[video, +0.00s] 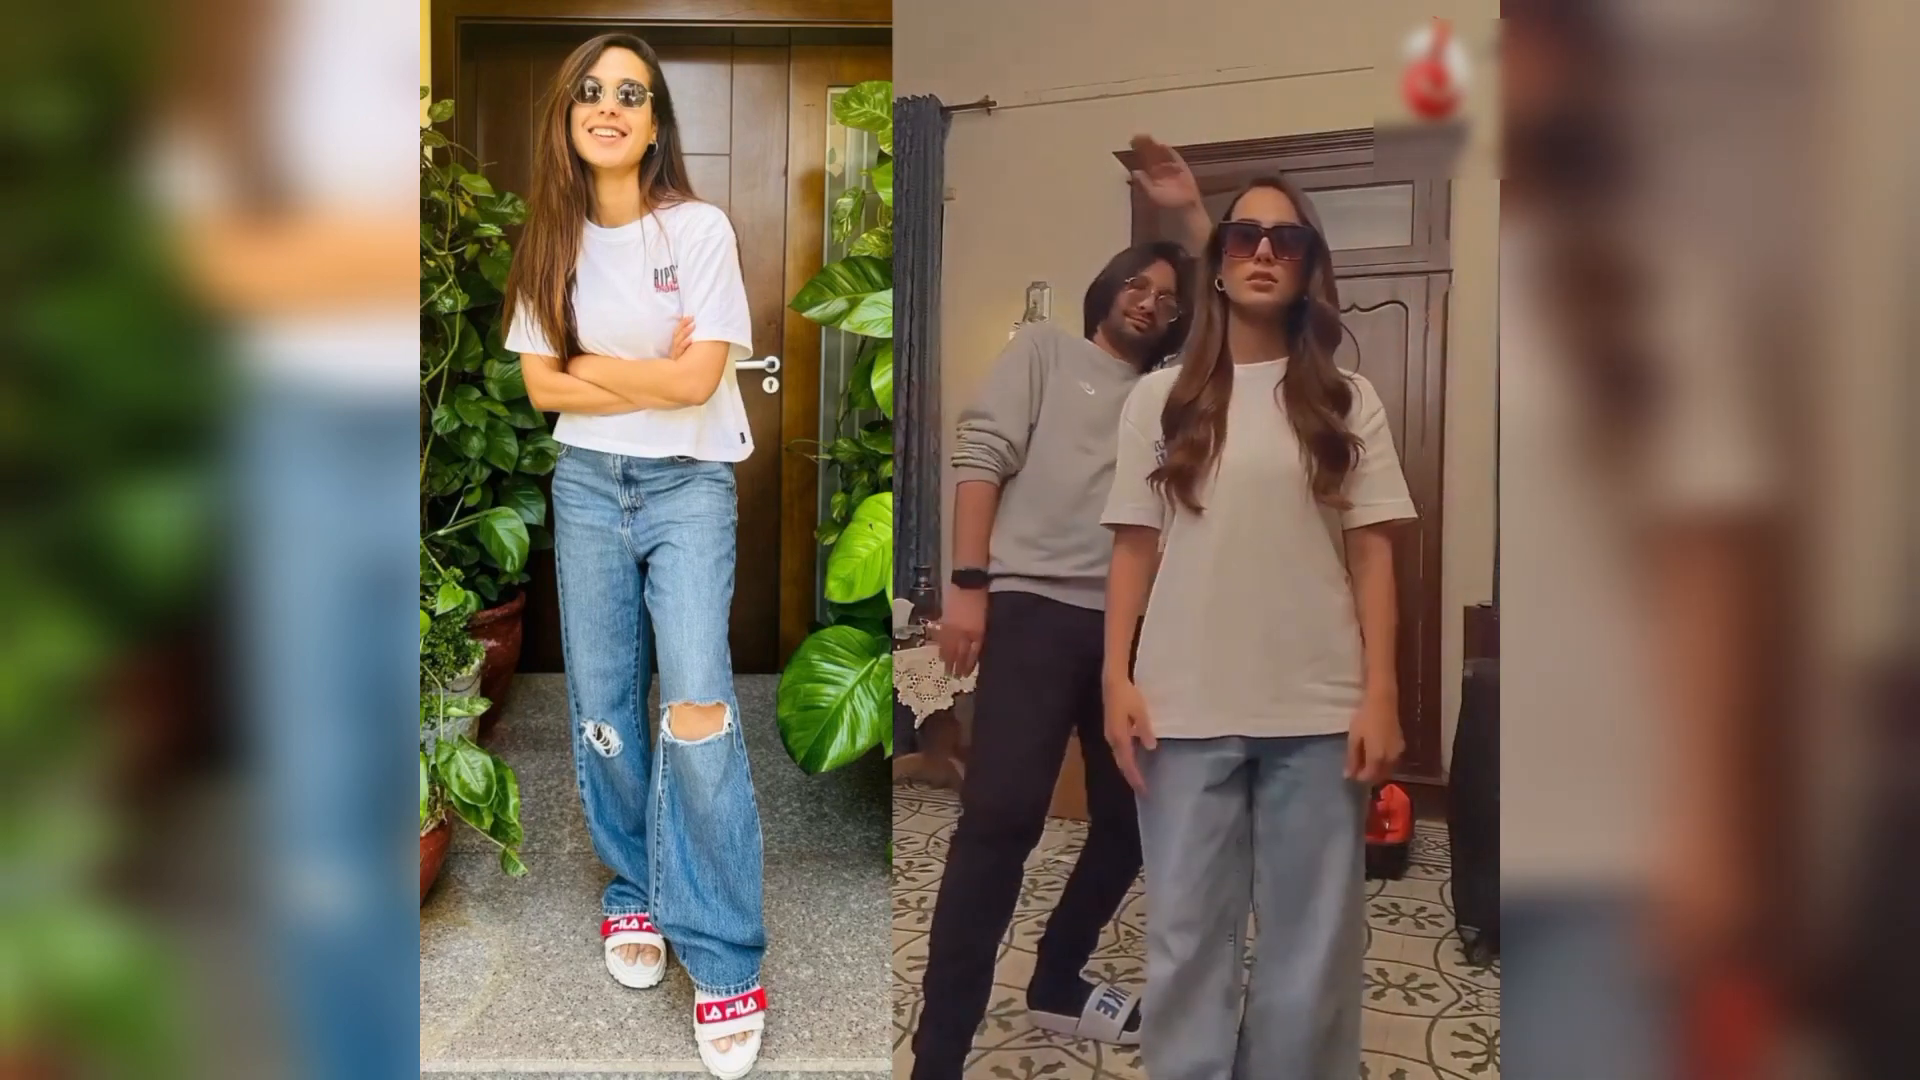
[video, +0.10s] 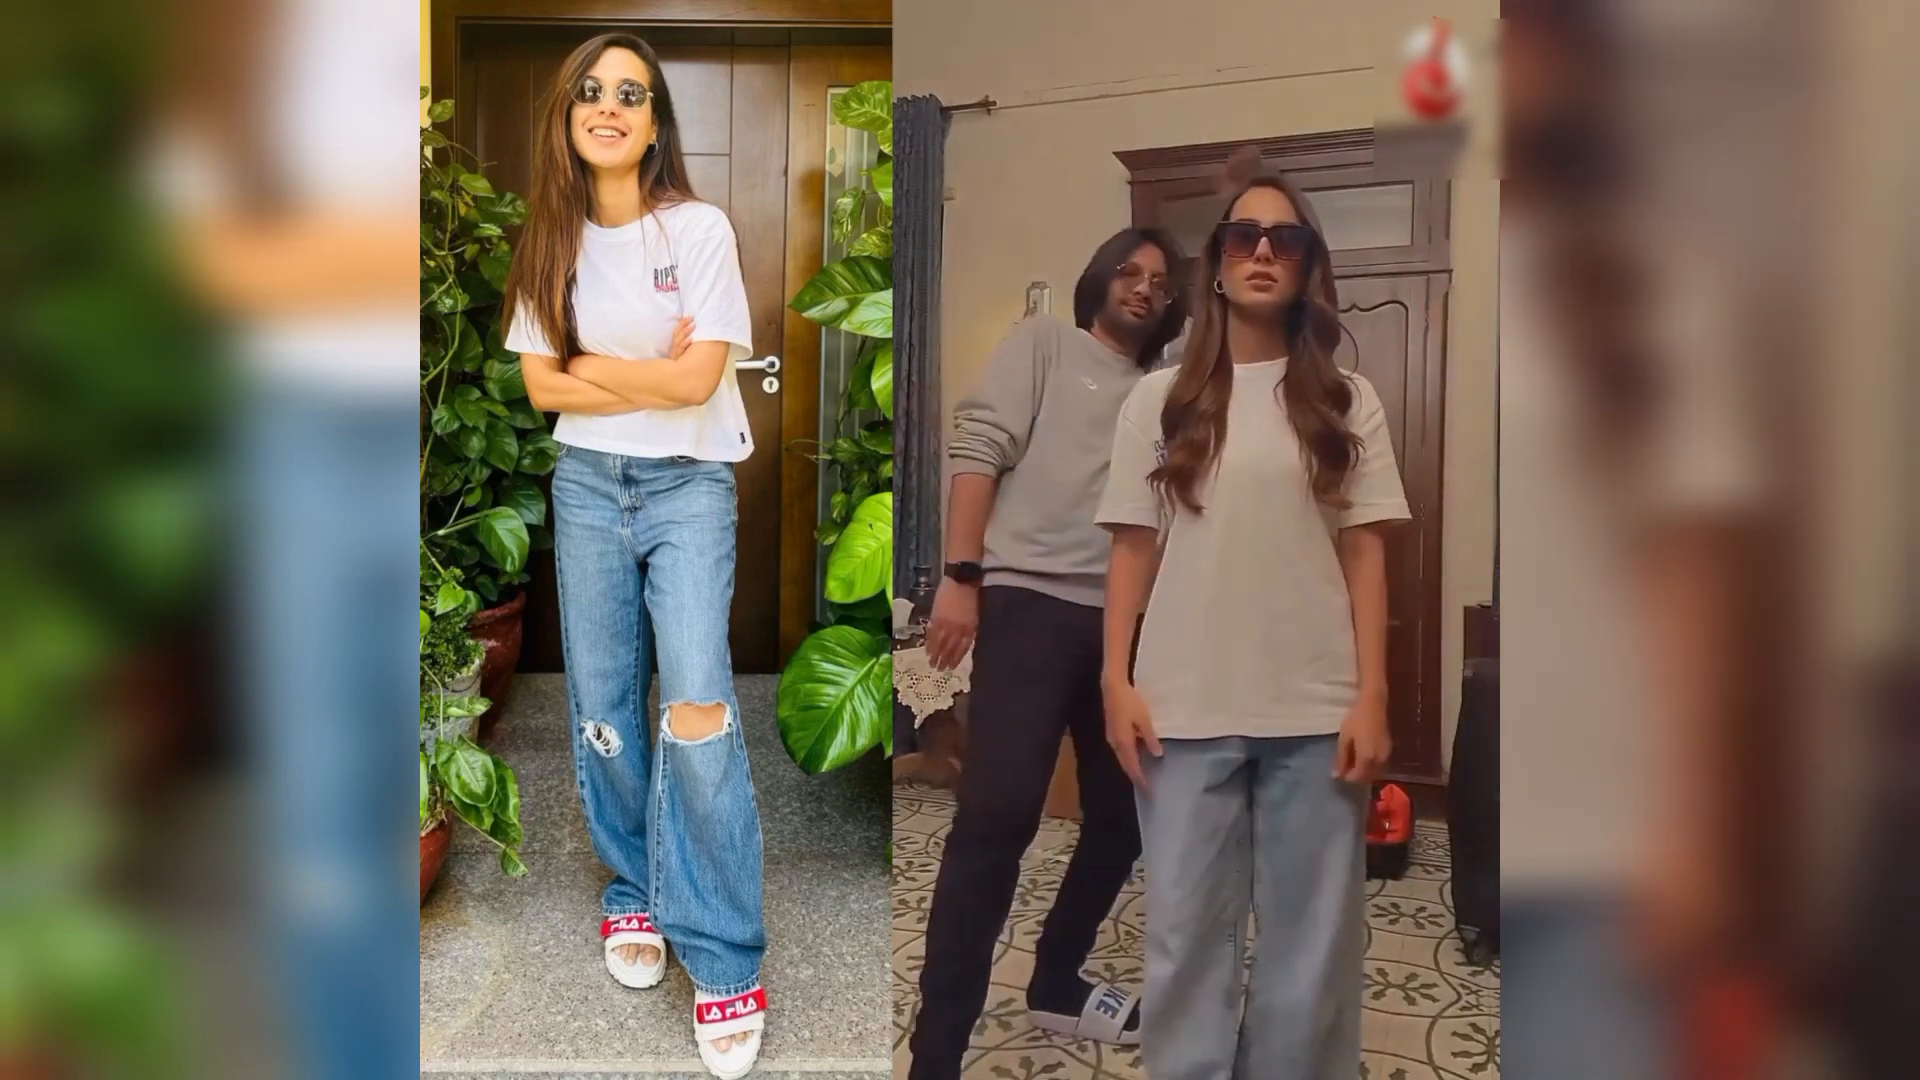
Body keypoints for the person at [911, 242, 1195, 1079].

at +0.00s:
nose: (1149, 302)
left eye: (1165, 297)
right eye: (1138, 286)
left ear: (1177, 316)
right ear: (1106, 289)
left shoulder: (1174, 388)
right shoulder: (1043, 349)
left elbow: (1224, 322)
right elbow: (983, 453)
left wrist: (1193, 215)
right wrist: (966, 581)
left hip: (1134, 625)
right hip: (1035, 616)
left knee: (1127, 825)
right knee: (1000, 824)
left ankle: (1057, 988)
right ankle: (938, 1057)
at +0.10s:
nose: (1147, 289)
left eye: (1159, 282)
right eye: (1133, 273)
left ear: (1170, 301)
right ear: (1099, 279)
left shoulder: (1170, 383)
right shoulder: (1043, 342)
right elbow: (979, 451)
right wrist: (959, 577)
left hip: (1127, 624)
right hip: (1028, 612)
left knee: (1120, 821)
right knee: (994, 824)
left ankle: (1057, 990)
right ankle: (935, 1058)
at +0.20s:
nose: (1136, 258)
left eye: (1146, 251)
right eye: (1121, 244)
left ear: (1157, 270)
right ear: (1086, 252)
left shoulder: (1169, 348)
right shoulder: (1039, 323)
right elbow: (972, 435)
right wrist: (942, 566)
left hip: (1121, 609)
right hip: (1022, 599)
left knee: (1104, 812)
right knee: (990, 819)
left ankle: (1056, 993)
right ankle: (933, 1059)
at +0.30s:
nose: (1124, 230)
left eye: (1132, 219)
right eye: (1103, 217)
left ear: (1142, 243)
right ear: (1063, 235)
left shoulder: (1159, 347)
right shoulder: (1016, 322)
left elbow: (1184, 472)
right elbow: (938, 440)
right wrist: (928, 568)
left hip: (1120, 608)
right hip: (1015, 597)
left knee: (1093, 809)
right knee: (984, 817)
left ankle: (1056, 989)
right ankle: (933, 1055)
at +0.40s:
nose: (1109, 227)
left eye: (1115, 216)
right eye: (1089, 212)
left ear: (1119, 238)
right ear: (1041, 228)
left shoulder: (1143, 346)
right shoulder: (987, 333)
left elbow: (1174, 472)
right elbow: (918, 454)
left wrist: (1163, 579)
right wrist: (940, 577)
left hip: (1119, 615)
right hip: (1011, 608)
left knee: (1097, 816)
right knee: (982, 828)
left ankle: (1055, 992)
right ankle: (934, 1058)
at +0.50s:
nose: (1101, 231)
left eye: (1104, 219)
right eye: (1081, 216)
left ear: (1103, 241)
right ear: (1028, 232)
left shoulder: (1127, 350)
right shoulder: (967, 344)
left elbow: (1149, 480)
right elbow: (920, 484)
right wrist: (1006, 522)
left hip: (1117, 619)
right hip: (1012, 616)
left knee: (1107, 820)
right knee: (985, 829)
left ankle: (1054, 991)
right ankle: (933, 1058)